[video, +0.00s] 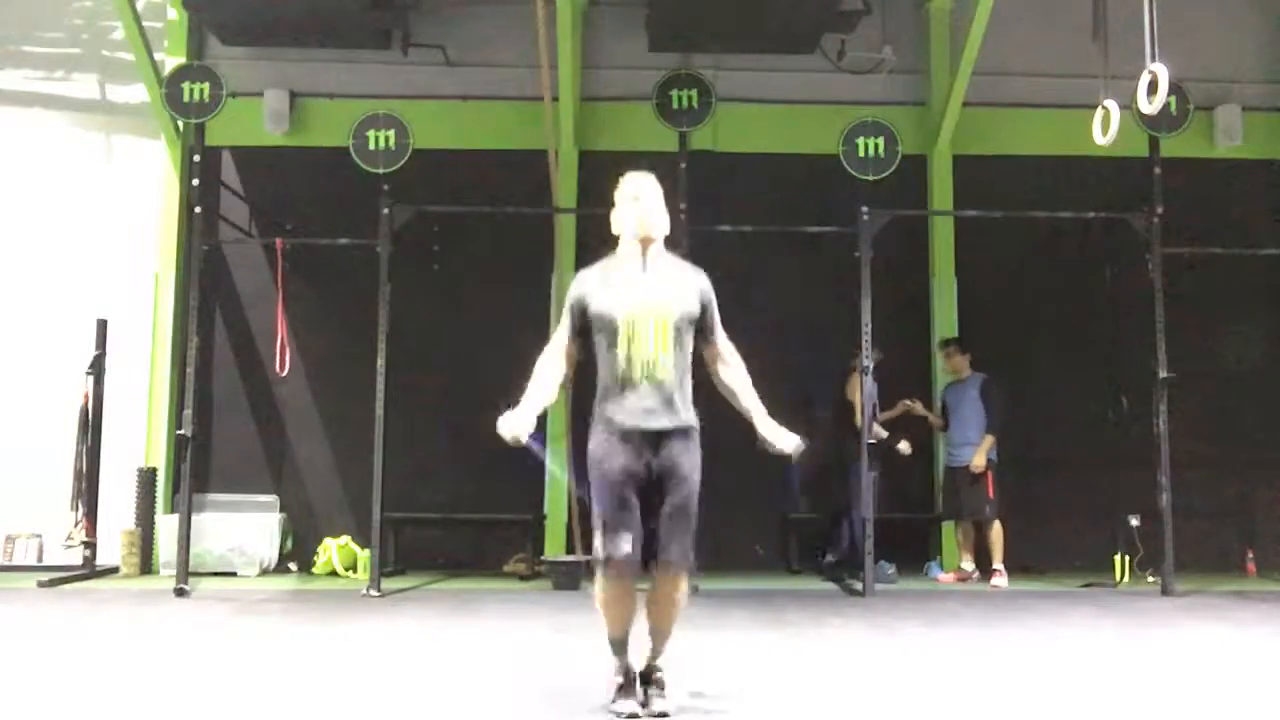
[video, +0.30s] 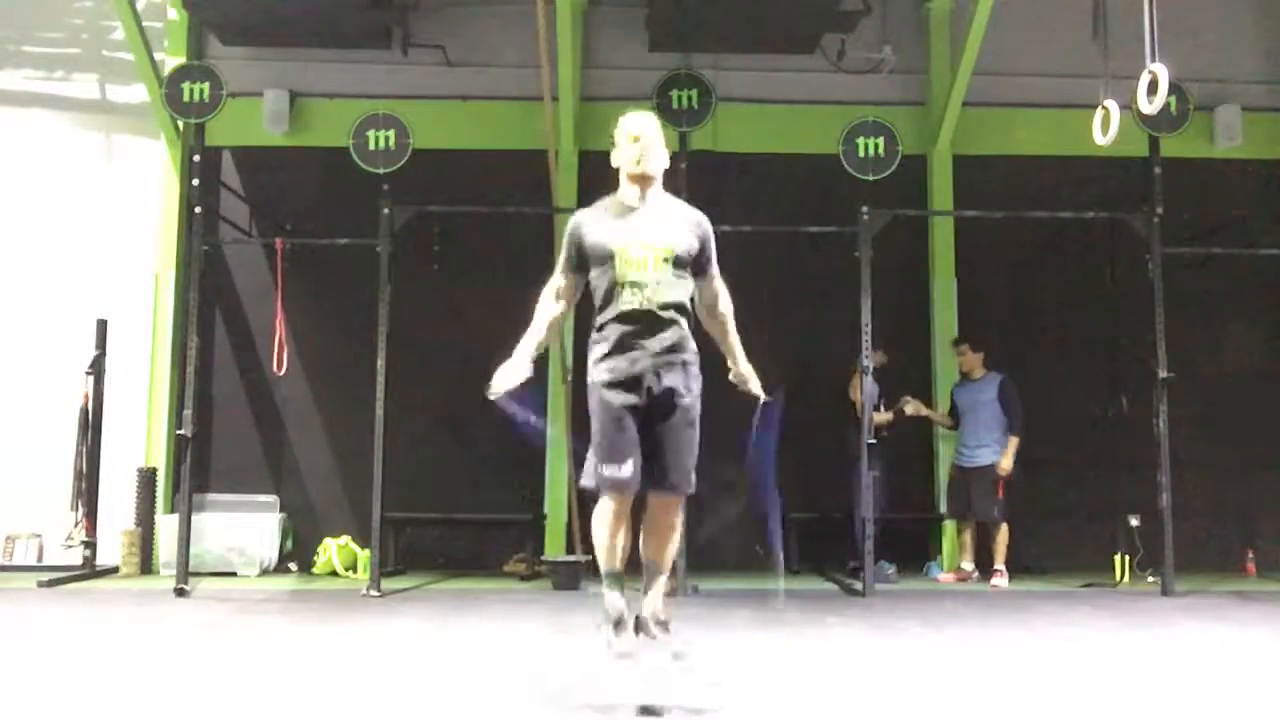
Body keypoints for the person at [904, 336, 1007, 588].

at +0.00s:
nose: (947, 362)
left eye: (951, 356)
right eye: (945, 357)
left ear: (966, 356)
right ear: (946, 360)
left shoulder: (984, 384)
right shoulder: (948, 391)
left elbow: (994, 421)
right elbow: (945, 425)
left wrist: (982, 452)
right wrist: (924, 413)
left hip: (979, 459)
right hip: (955, 462)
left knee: (988, 516)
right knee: (961, 517)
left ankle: (998, 568)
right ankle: (967, 567)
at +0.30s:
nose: (959, 360)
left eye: (963, 354)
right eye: (958, 355)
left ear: (979, 355)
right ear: (961, 357)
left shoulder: (1000, 383)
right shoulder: (958, 389)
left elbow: (1016, 424)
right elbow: (953, 423)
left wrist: (1009, 456)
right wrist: (925, 411)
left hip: (991, 462)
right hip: (963, 463)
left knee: (995, 517)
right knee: (963, 516)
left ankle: (999, 568)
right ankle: (967, 567)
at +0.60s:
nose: (958, 361)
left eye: (962, 356)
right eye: (957, 356)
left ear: (978, 355)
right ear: (966, 357)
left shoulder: (1003, 384)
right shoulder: (963, 387)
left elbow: (1020, 422)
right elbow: (957, 421)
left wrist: (1021, 459)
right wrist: (925, 417)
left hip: (994, 461)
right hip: (964, 461)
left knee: (996, 517)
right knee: (958, 514)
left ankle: (999, 569)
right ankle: (964, 568)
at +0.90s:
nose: (945, 364)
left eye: (948, 358)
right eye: (944, 358)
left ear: (963, 357)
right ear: (953, 359)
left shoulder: (990, 384)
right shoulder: (950, 389)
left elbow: (999, 425)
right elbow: (945, 423)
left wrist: (983, 459)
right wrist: (915, 440)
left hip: (985, 462)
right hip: (956, 463)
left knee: (992, 517)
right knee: (953, 518)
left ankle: (998, 568)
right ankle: (954, 573)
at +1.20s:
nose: (920, 361)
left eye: (924, 355)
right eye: (920, 356)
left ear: (939, 355)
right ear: (934, 357)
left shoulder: (967, 381)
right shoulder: (924, 387)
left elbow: (982, 417)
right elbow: (921, 424)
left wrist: (957, 443)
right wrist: (912, 458)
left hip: (960, 459)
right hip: (931, 460)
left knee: (968, 514)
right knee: (940, 518)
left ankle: (993, 560)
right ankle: (952, 572)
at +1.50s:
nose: (898, 361)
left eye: (902, 355)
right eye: (896, 356)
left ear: (916, 353)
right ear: (900, 359)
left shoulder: (940, 380)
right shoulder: (902, 388)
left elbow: (964, 414)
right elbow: (898, 423)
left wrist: (956, 448)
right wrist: (886, 449)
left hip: (937, 456)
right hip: (914, 458)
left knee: (922, 512)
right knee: (932, 516)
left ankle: (931, 572)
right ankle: (951, 569)